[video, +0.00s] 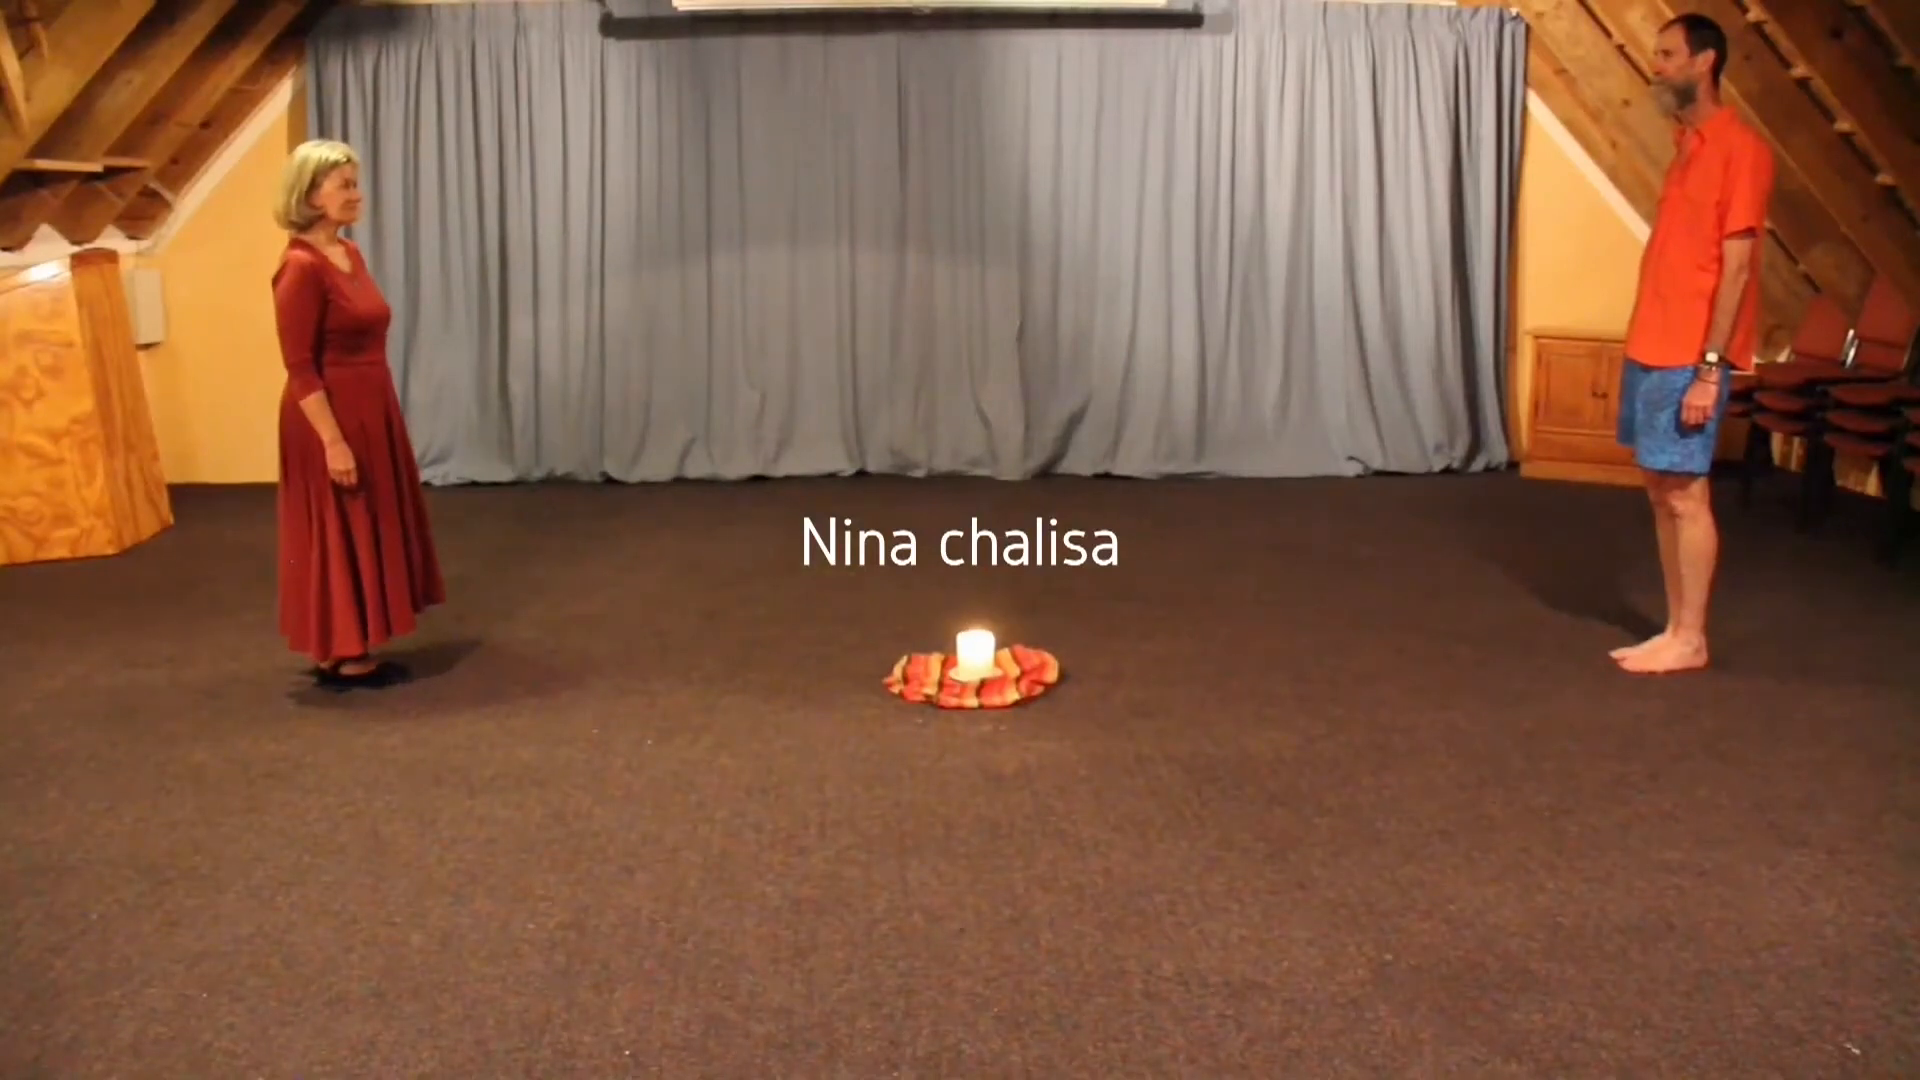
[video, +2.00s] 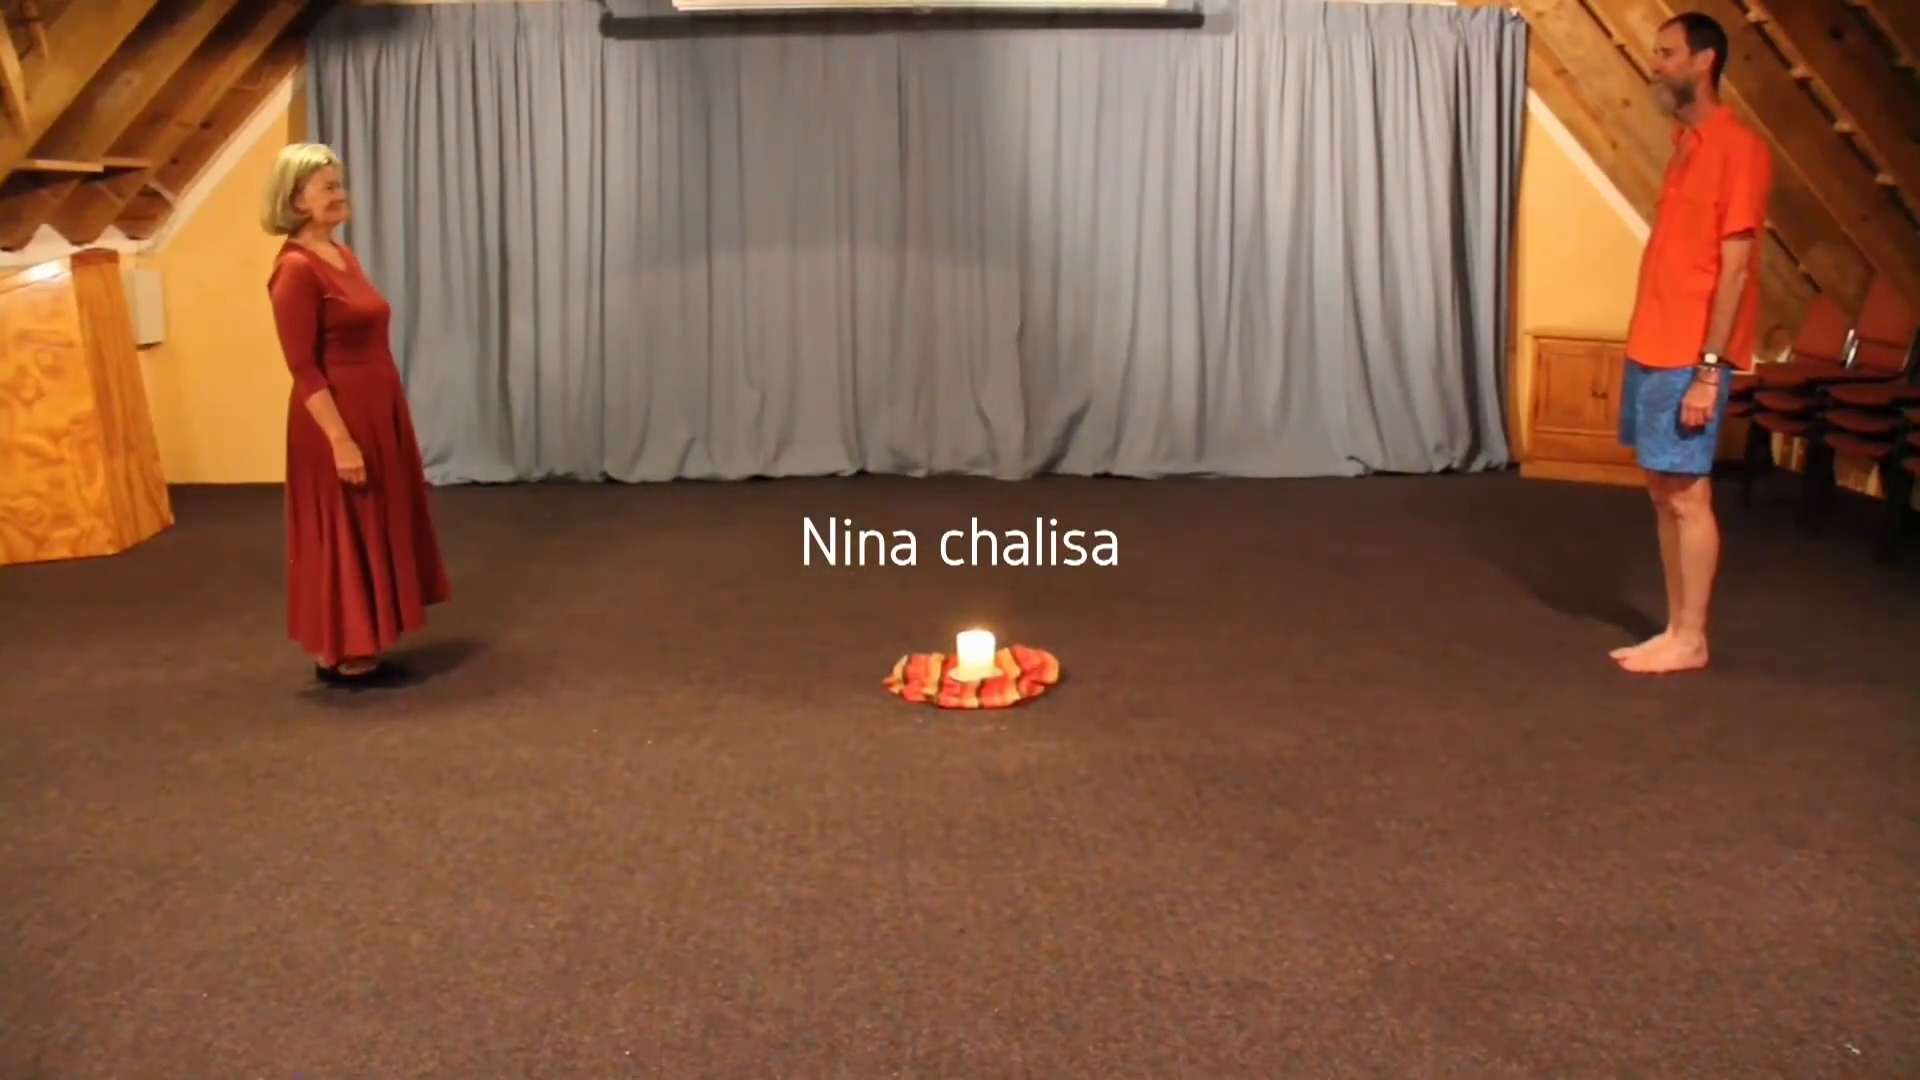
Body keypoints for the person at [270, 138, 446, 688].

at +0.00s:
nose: (356, 195)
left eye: (357, 184)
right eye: (344, 186)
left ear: (355, 190)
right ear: (311, 194)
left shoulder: (348, 252)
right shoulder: (299, 267)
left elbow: (361, 347)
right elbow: (299, 367)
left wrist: (383, 415)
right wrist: (333, 440)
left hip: (369, 406)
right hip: (329, 413)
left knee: (362, 524)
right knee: (336, 528)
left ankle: (351, 646)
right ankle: (341, 651)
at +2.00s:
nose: (340, 195)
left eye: (340, 186)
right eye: (327, 188)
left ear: (341, 193)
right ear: (297, 201)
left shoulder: (339, 254)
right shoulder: (294, 268)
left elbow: (362, 347)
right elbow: (303, 367)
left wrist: (388, 417)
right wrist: (340, 440)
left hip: (372, 407)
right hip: (336, 414)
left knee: (367, 525)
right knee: (340, 529)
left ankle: (359, 646)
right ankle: (341, 651)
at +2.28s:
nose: (338, 190)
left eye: (337, 181)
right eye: (324, 183)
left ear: (336, 190)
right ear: (294, 196)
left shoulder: (338, 252)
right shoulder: (291, 266)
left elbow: (360, 343)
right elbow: (300, 365)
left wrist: (384, 413)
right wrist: (336, 438)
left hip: (369, 407)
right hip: (332, 414)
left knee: (363, 525)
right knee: (336, 529)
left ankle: (354, 648)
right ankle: (340, 652)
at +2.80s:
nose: (336, 181)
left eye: (331, 172)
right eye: (322, 175)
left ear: (313, 191)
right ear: (292, 193)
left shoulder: (332, 249)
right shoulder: (286, 263)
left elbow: (354, 345)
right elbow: (292, 363)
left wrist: (379, 417)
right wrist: (328, 437)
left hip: (361, 406)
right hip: (324, 412)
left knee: (352, 522)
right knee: (328, 526)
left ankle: (341, 644)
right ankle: (332, 649)